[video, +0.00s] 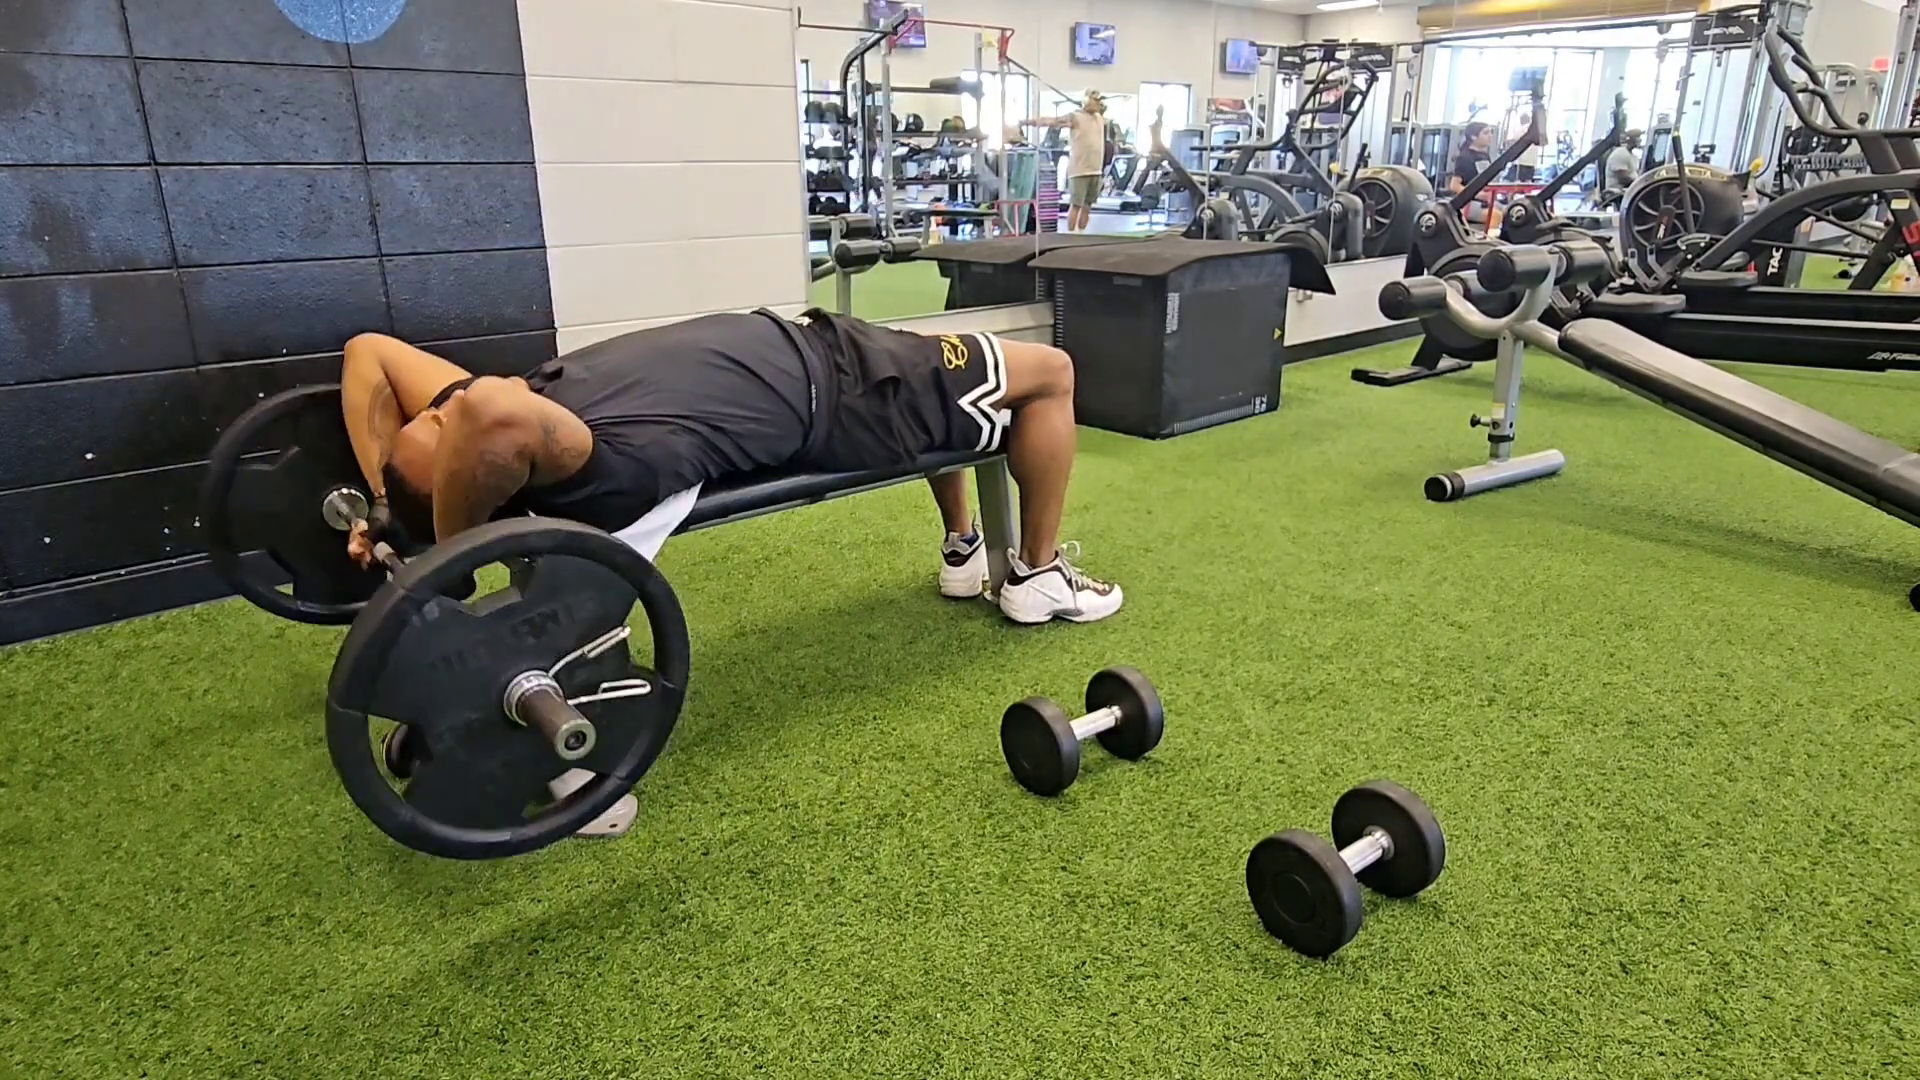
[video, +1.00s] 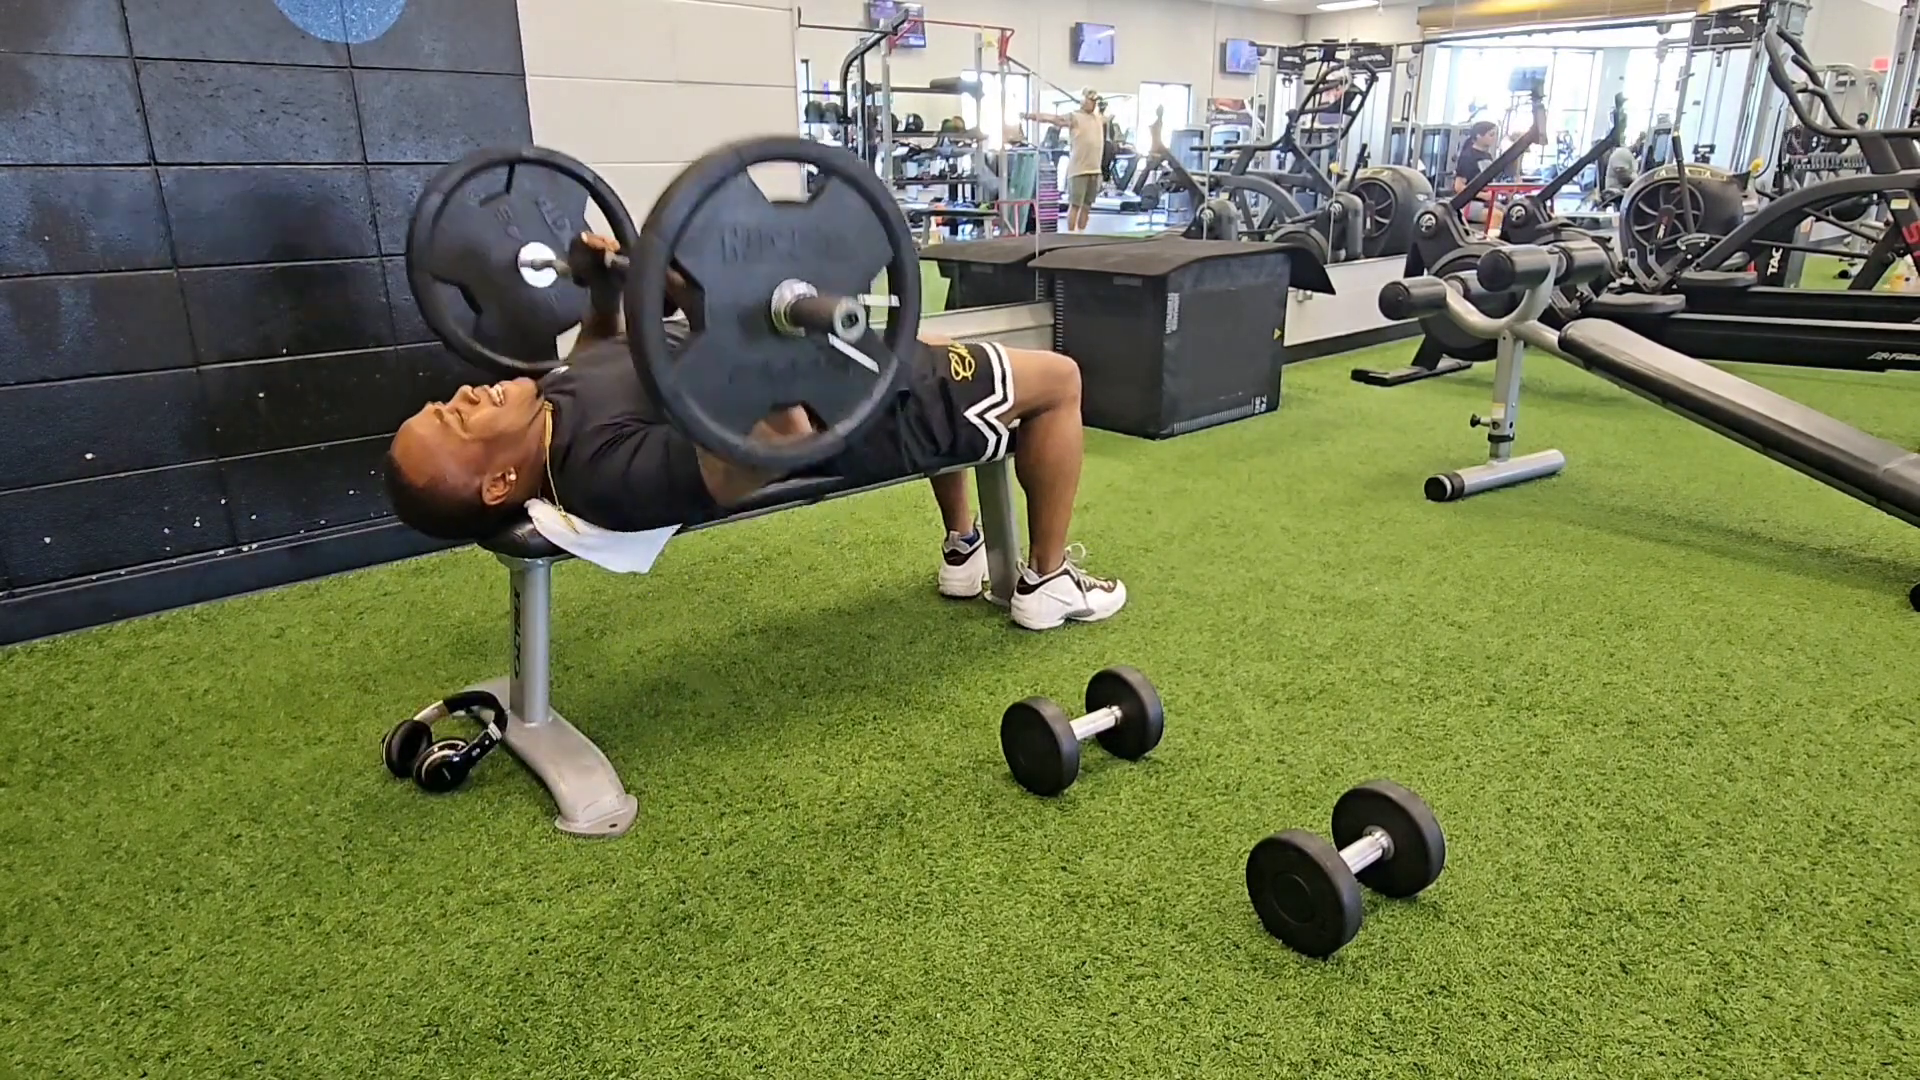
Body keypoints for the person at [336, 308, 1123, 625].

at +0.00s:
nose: (446, 397)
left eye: (430, 412)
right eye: (444, 421)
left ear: (426, 467)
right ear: (483, 470)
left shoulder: (495, 417)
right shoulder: (595, 464)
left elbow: (368, 347)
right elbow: (491, 412)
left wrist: (378, 485)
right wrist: (437, 551)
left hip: (780, 340)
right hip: (836, 382)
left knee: (930, 342)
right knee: (1049, 372)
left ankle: (966, 547)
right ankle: (1037, 574)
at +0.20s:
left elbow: (447, 287)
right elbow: (561, 332)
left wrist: (367, 406)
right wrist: (418, 433)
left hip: (774, 340)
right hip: (833, 389)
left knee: (926, 360)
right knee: (1042, 371)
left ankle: (966, 544)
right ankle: (1042, 572)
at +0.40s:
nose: (436, 438)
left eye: (425, 445)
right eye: (438, 452)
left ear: (434, 444)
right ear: (468, 475)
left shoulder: (491, 402)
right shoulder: (547, 426)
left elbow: (574, 320)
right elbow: (582, 318)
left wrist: (459, 320)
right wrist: (469, 323)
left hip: (767, 347)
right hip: (810, 387)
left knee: (929, 342)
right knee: (1043, 372)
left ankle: (965, 546)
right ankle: (1053, 576)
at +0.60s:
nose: (479, 390)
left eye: (457, 401)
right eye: (471, 417)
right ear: (508, 483)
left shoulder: (548, 405)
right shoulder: (608, 474)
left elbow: (640, 379)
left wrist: (583, 326)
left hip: (793, 366)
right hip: (844, 420)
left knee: (933, 341)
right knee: (1053, 372)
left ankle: (965, 545)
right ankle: (1052, 577)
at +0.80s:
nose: (487, 386)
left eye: (462, 395)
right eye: (476, 415)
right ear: (511, 485)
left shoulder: (539, 396)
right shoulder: (632, 483)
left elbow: (629, 356)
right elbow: (791, 520)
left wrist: (615, 331)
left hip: (779, 372)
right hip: (840, 429)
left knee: (932, 343)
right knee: (1055, 375)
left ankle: (965, 547)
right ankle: (1049, 580)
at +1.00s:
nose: (478, 386)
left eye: (452, 398)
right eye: (466, 410)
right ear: (505, 477)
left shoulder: (546, 399)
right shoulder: (609, 473)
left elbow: (619, 339)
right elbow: (730, 474)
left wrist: (611, 282)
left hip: (772, 370)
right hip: (832, 423)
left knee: (940, 345)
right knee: (1055, 379)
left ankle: (965, 547)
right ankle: (1048, 580)